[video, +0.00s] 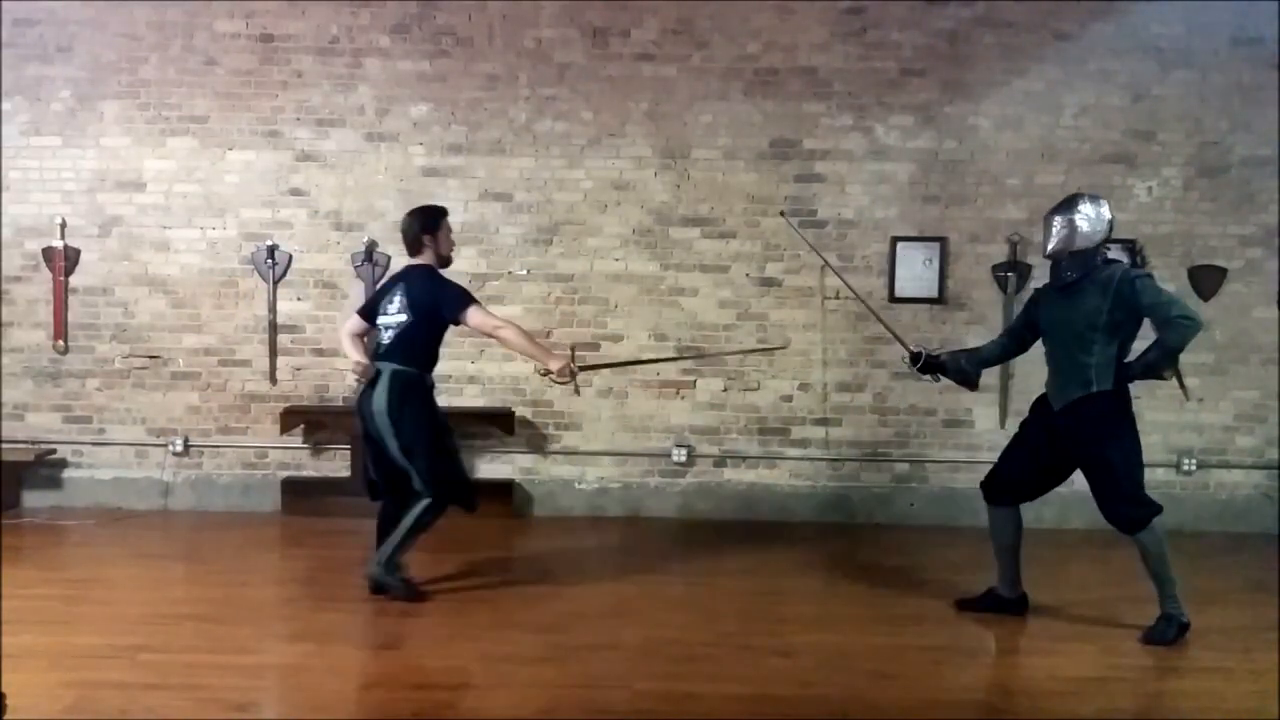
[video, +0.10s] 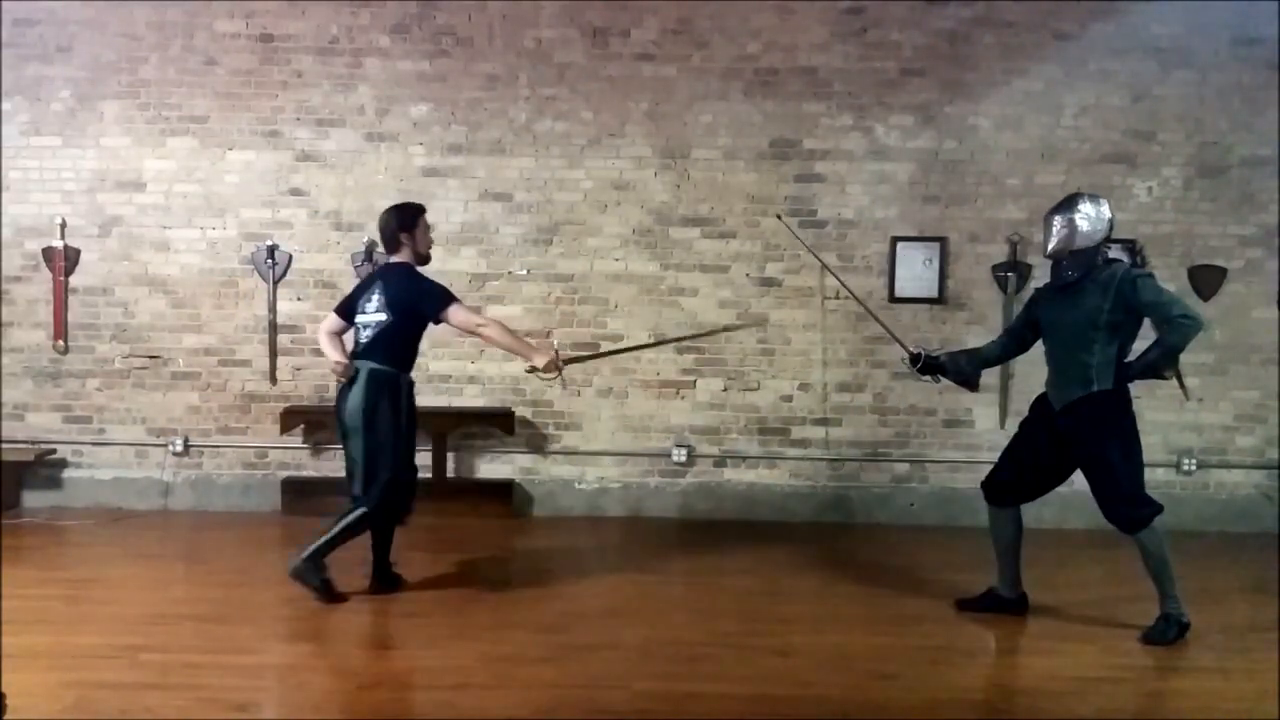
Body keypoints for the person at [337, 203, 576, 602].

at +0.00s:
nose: (452, 240)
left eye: (450, 232)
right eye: (447, 233)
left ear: (415, 241)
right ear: (429, 239)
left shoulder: (392, 284)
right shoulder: (436, 285)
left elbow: (350, 332)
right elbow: (495, 327)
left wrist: (359, 360)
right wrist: (550, 359)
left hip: (376, 392)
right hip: (400, 394)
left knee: (400, 489)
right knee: (439, 486)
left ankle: (384, 571)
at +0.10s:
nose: (431, 237)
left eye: (429, 229)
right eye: (426, 231)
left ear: (394, 240)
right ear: (408, 237)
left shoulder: (369, 284)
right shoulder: (415, 284)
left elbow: (327, 330)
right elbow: (479, 325)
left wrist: (340, 364)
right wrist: (533, 354)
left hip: (358, 389)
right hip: (382, 391)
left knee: (387, 486)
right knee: (392, 491)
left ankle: (381, 571)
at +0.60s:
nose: (354, 231)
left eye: (351, 223)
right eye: (346, 223)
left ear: (321, 233)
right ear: (320, 231)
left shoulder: (317, 279)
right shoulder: (314, 282)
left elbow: (295, 336)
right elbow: (372, 338)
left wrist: (259, 353)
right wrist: (431, 371)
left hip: (282, 387)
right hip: (282, 389)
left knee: (267, 478)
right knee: (303, 489)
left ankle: (223, 549)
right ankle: (269, 583)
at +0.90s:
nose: (318, 238)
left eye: (317, 231)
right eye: (309, 232)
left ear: (304, 238)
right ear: (282, 239)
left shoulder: (316, 296)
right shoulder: (267, 294)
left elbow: (296, 351)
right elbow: (303, 348)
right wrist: (342, 388)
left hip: (270, 402)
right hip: (247, 401)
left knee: (199, 472)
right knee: (291, 491)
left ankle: (150, 543)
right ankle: (268, 584)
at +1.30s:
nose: (299, 244)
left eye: (296, 236)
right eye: (291, 238)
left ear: (267, 245)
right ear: (266, 246)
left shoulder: (274, 291)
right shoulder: (253, 299)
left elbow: (245, 345)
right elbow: (285, 361)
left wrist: (214, 367)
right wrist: (325, 404)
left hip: (221, 405)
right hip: (233, 410)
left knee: (171, 479)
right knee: (284, 489)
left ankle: (130, 555)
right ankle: (268, 584)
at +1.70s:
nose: (297, 246)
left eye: (294, 238)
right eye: (289, 240)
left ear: (268, 248)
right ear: (263, 248)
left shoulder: (278, 297)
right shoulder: (247, 303)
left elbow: (245, 349)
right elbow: (281, 367)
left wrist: (210, 368)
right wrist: (317, 413)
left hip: (222, 410)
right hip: (226, 416)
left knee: (166, 481)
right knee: (279, 490)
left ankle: (127, 557)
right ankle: (268, 584)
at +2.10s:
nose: (313, 245)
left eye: (310, 237)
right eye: (306, 239)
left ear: (283, 247)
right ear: (281, 247)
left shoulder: (286, 291)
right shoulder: (266, 300)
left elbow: (252, 346)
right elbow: (285, 372)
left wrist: (219, 368)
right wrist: (329, 417)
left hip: (225, 406)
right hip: (236, 412)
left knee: (185, 481)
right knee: (284, 490)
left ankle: (136, 550)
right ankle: (266, 583)